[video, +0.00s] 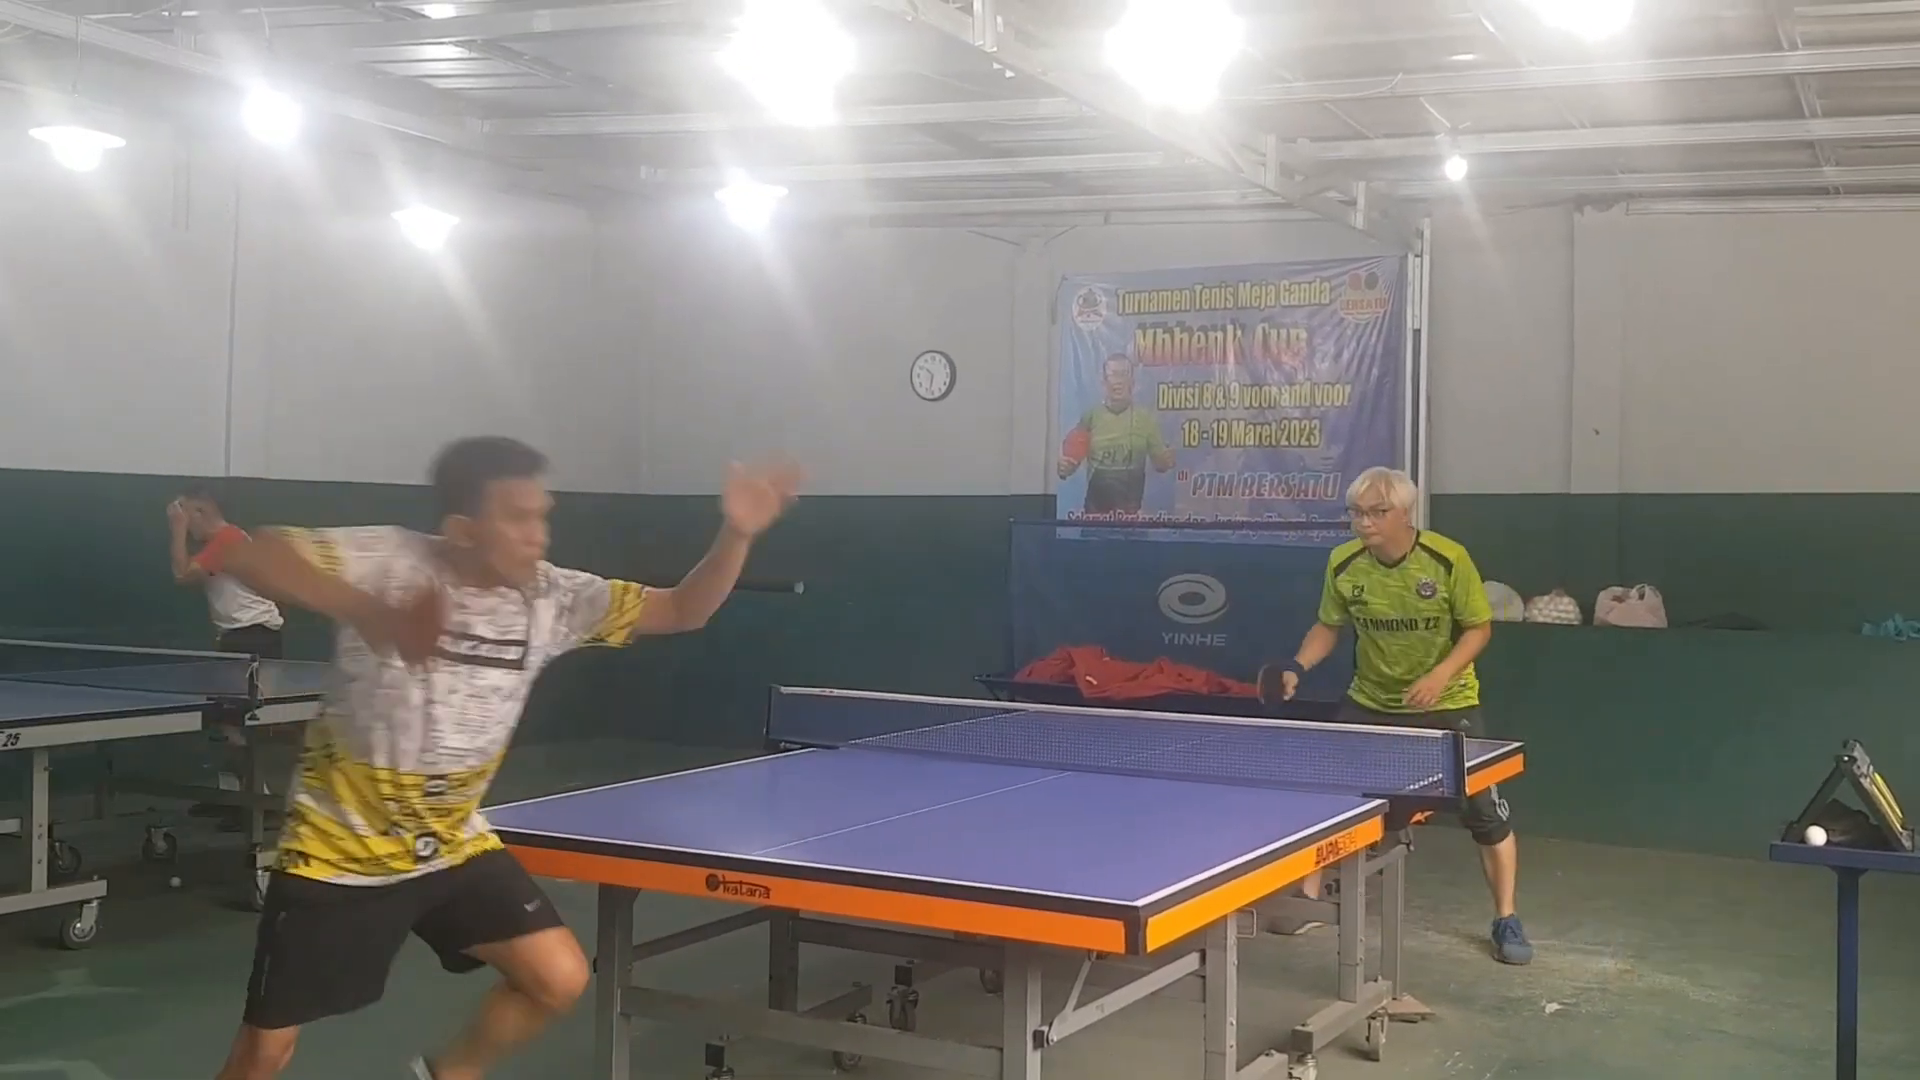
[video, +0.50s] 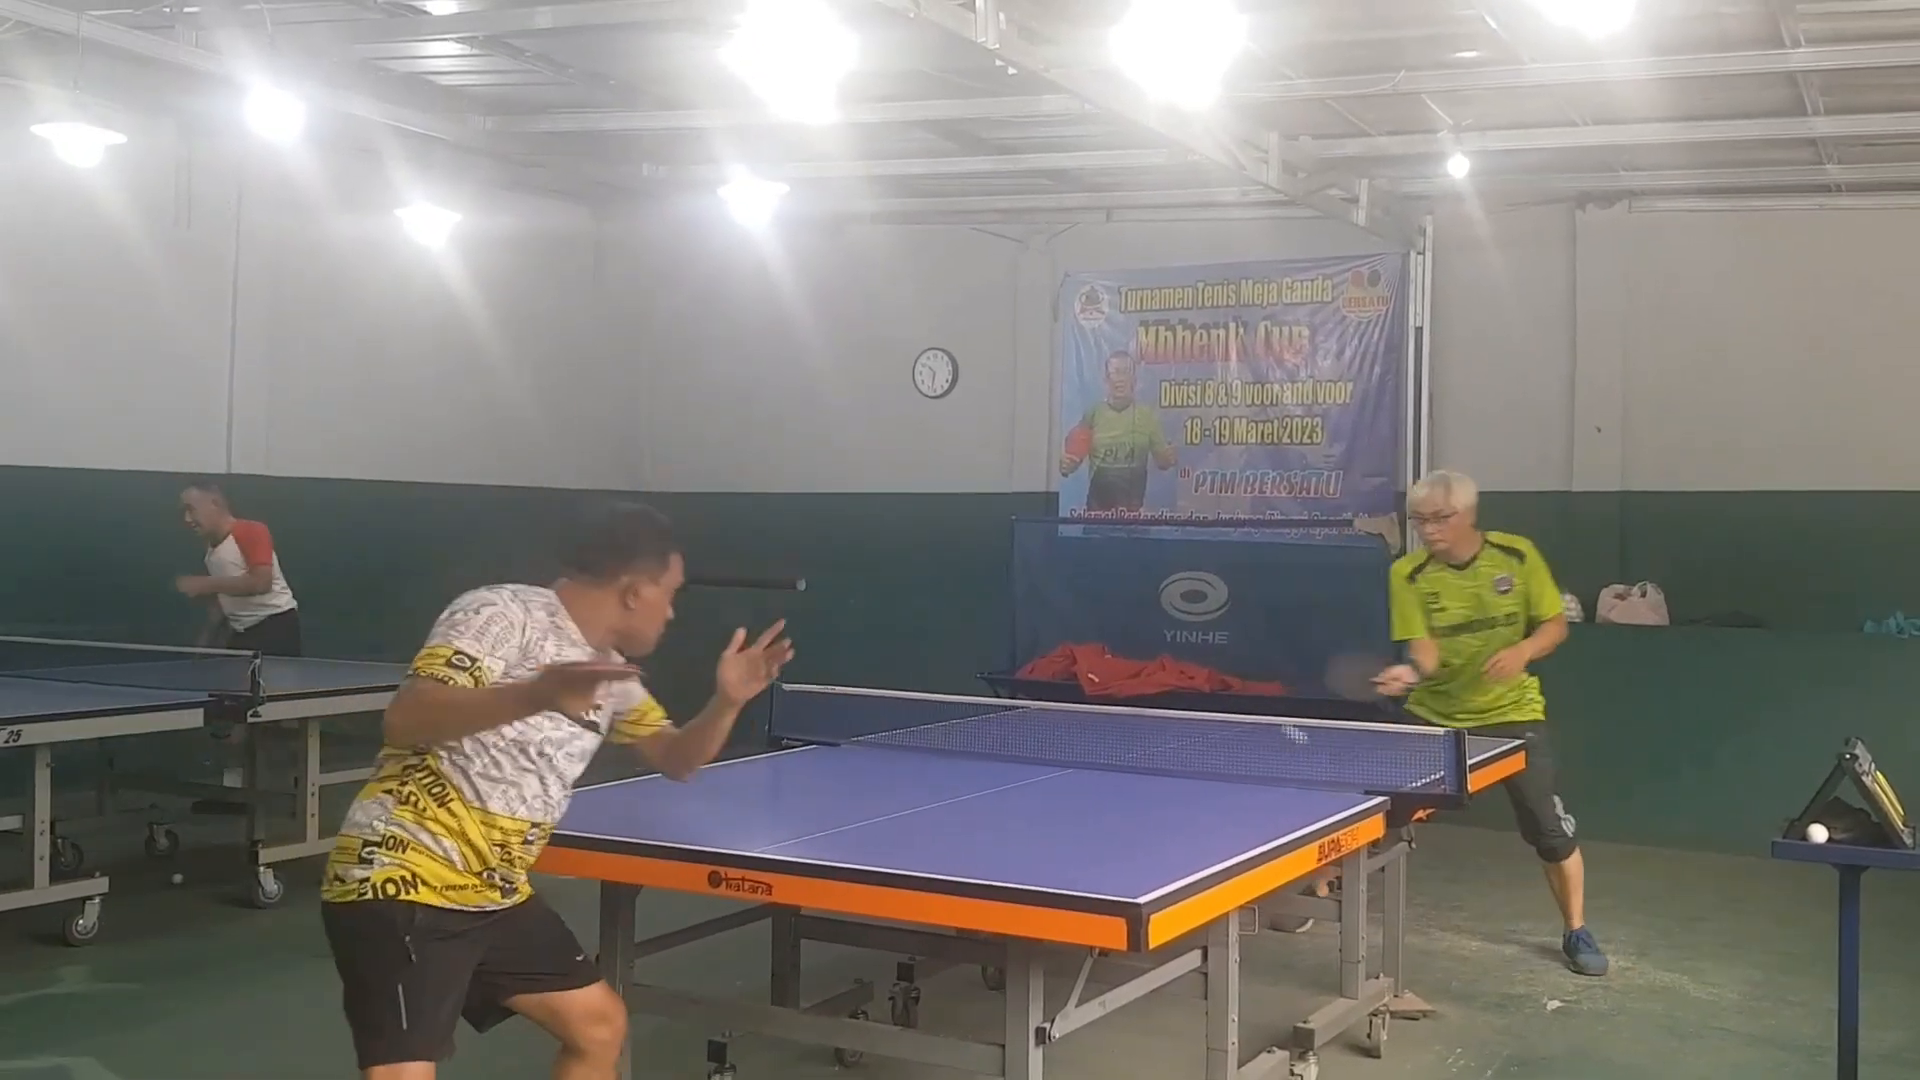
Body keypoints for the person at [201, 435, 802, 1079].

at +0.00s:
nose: (537, 536)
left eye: (541, 517)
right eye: (517, 517)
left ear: (546, 521)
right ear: (459, 525)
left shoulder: (552, 596)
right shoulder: (390, 559)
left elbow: (680, 610)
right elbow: (245, 553)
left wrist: (736, 536)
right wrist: (374, 614)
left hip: (453, 837)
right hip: (338, 842)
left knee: (558, 979)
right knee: (265, 1048)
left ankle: (450, 1069)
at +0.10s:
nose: (620, 583)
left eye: (624, 564)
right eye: (611, 560)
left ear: (576, 555)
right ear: (558, 549)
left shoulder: (588, 625)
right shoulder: (460, 573)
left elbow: (685, 642)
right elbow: (342, 604)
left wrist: (681, 532)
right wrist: (475, 659)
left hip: (484, 868)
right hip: (370, 863)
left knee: (577, 1025)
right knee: (294, 1060)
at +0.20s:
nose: (678, 622)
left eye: (684, 607)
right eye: (674, 603)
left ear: (626, 600)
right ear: (626, 595)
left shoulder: (619, 671)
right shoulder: (505, 604)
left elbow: (704, 710)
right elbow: (377, 677)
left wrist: (702, 592)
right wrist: (490, 608)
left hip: (506, 893)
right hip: (401, 888)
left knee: (611, 1034)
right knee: (353, 1070)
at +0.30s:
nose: (696, 640)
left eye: (701, 625)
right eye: (696, 620)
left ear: (653, 612)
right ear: (654, 611)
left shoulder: (638, 689)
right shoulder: (521, 616)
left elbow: (717, 755)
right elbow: (389, 701)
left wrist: (738, 650)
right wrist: (468, 625)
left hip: (510, 895)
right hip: (412, 884)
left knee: (620, 1033)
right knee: (395, 1072)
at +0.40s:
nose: (693, 633)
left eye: (696, 616)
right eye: (693, 614)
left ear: (651, 610)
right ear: (657, 609)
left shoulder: (634, 689)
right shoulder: (514, 617)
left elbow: (711, 763)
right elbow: (399, 709)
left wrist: (747, 681)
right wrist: (495, 668)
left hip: (505, 888)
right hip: (409, 876)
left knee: (615, 1027)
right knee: (409, 1069)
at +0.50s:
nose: (671, 615)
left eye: (674, 600)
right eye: (669, 597)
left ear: (627, 591)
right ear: (630, 589)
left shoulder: (608, 671)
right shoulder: (496, 614)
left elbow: (678, 758)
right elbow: (406, 718)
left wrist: (726, 702)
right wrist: (535, 694)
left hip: (491, 886)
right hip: (398, 877)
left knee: (598, 1025)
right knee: (401, 1076)